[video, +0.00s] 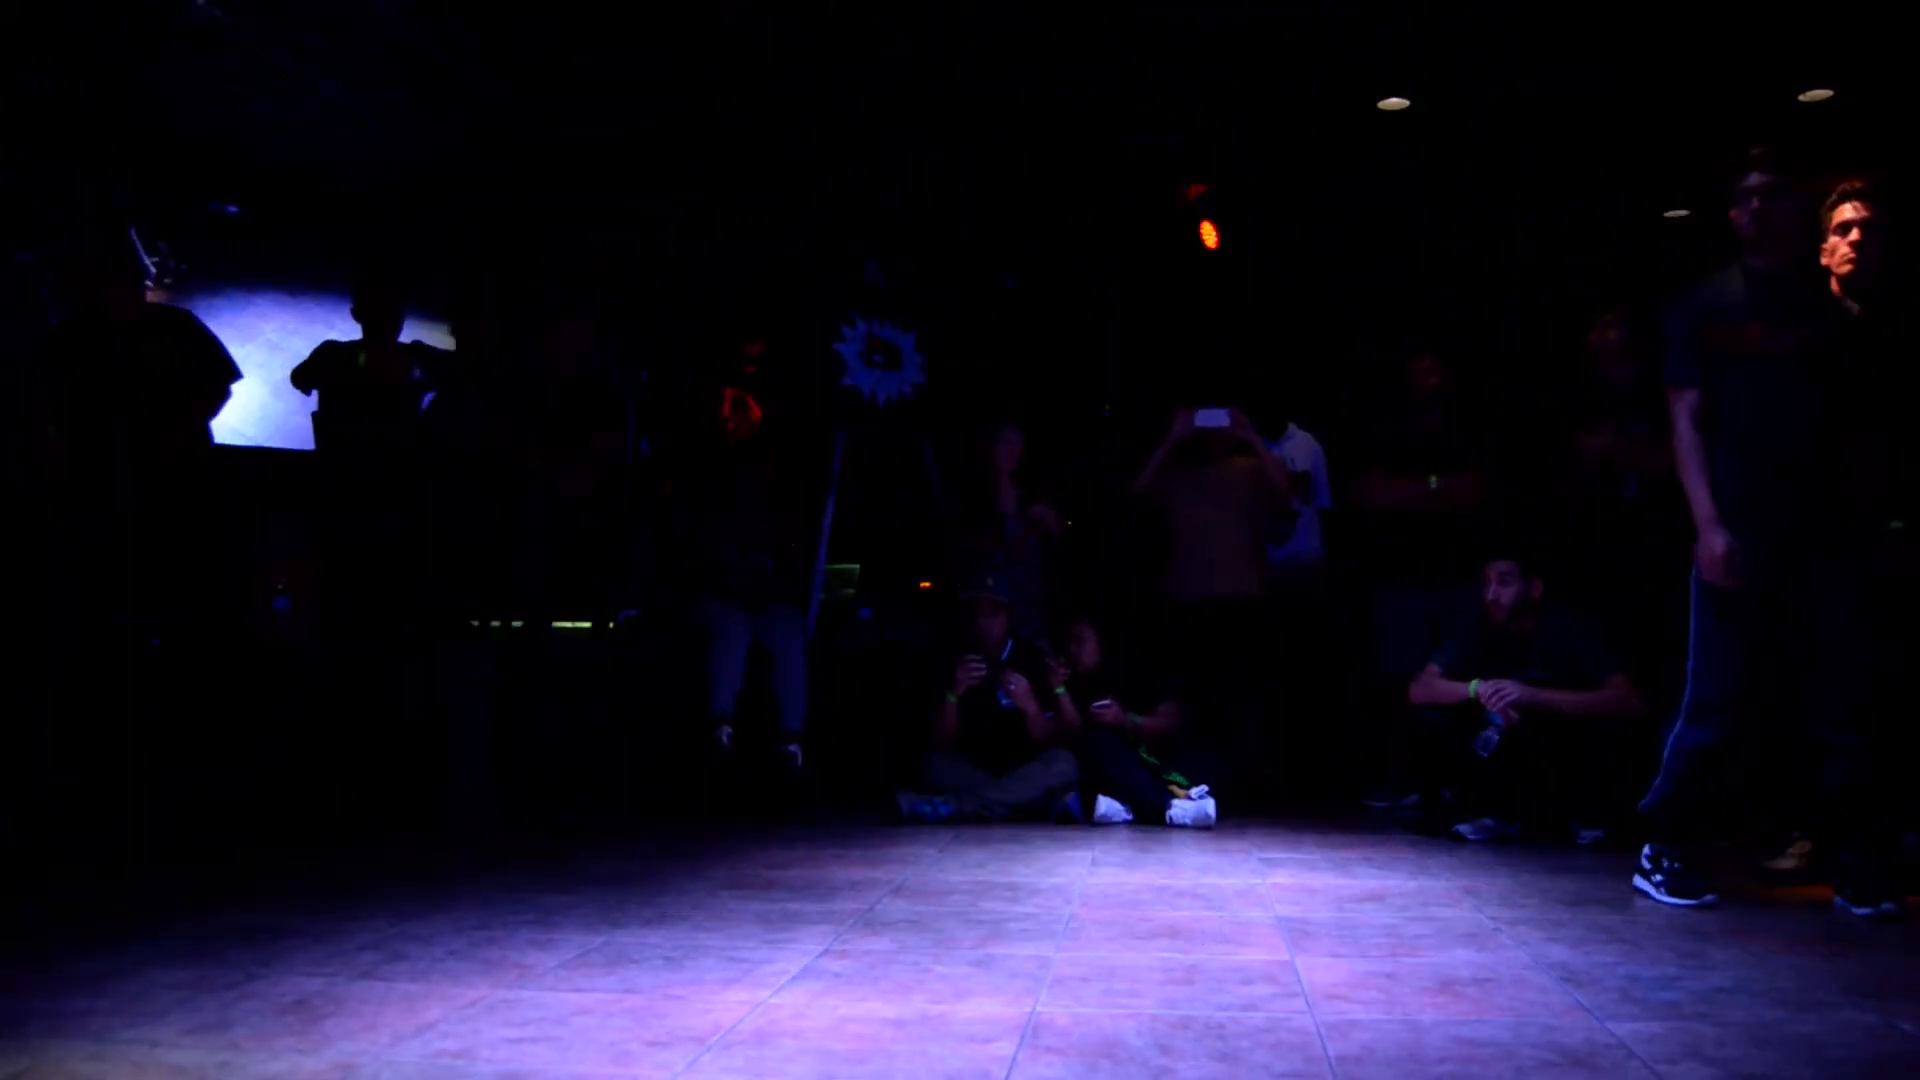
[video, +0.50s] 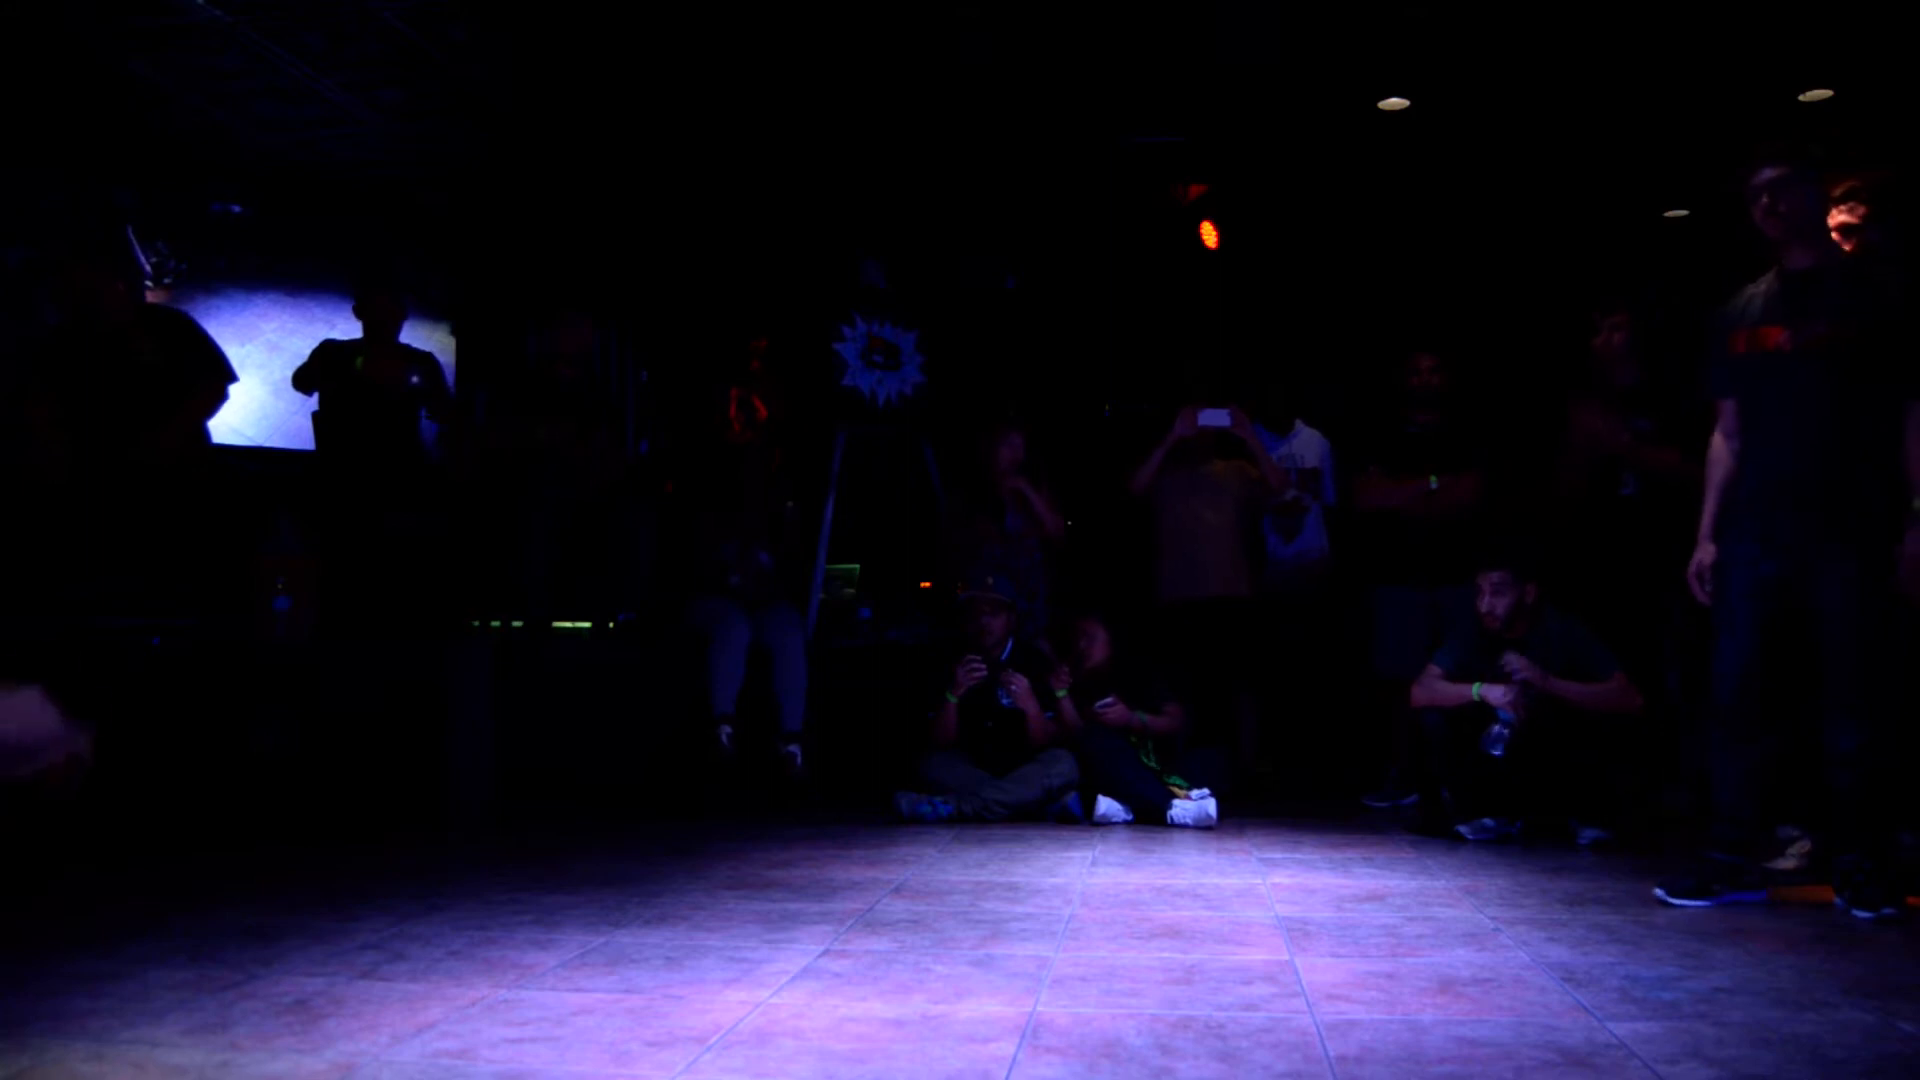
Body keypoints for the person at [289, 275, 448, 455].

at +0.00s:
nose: (385, 322)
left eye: (392, 314)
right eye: (377, 313)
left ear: (401, 316)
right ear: (357, 314)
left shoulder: (416, 356)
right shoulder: (333, 354)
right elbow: (299, 379)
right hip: (343, 451)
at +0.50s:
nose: (384, 321)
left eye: (392, 311)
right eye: (376, 310)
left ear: (403, 315)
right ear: (358, 312)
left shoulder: (421, 363)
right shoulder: (332, 353)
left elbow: (443, 414)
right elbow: (300, 383)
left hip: (401, 459)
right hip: (343, 456)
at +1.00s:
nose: (382, 319)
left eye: (390, 309)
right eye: (373, 308)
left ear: (400, 313)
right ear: (355, 311)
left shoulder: (411, 354)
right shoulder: (329, 355)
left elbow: (459, 354)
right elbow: (300, 389)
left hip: (399, 458)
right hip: (341, 458)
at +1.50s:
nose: (387, 327)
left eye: (394, 318)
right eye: (378, 317)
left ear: (404, 321)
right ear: (360, 320)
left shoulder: (417, 362)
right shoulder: (335, 358)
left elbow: (463, 364)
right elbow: (303, 387)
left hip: (405, 463)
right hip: (345, 463)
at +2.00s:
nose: (444, 325)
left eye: (451, 315)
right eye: (436, 315)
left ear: (461, 317)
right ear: (419, 317)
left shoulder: (474, 357)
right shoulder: (397, 355)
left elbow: (515, 349)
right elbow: (368, 386)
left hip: (461, 456)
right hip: (406, 457)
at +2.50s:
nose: (474, 327)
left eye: (481, 318)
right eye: (464, 318)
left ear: (490, 322)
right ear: (445, 320)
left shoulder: (498, 362)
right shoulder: (423, 361)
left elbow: (544, 357)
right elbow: (401, 391)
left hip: (490, 464)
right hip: (434, 465)